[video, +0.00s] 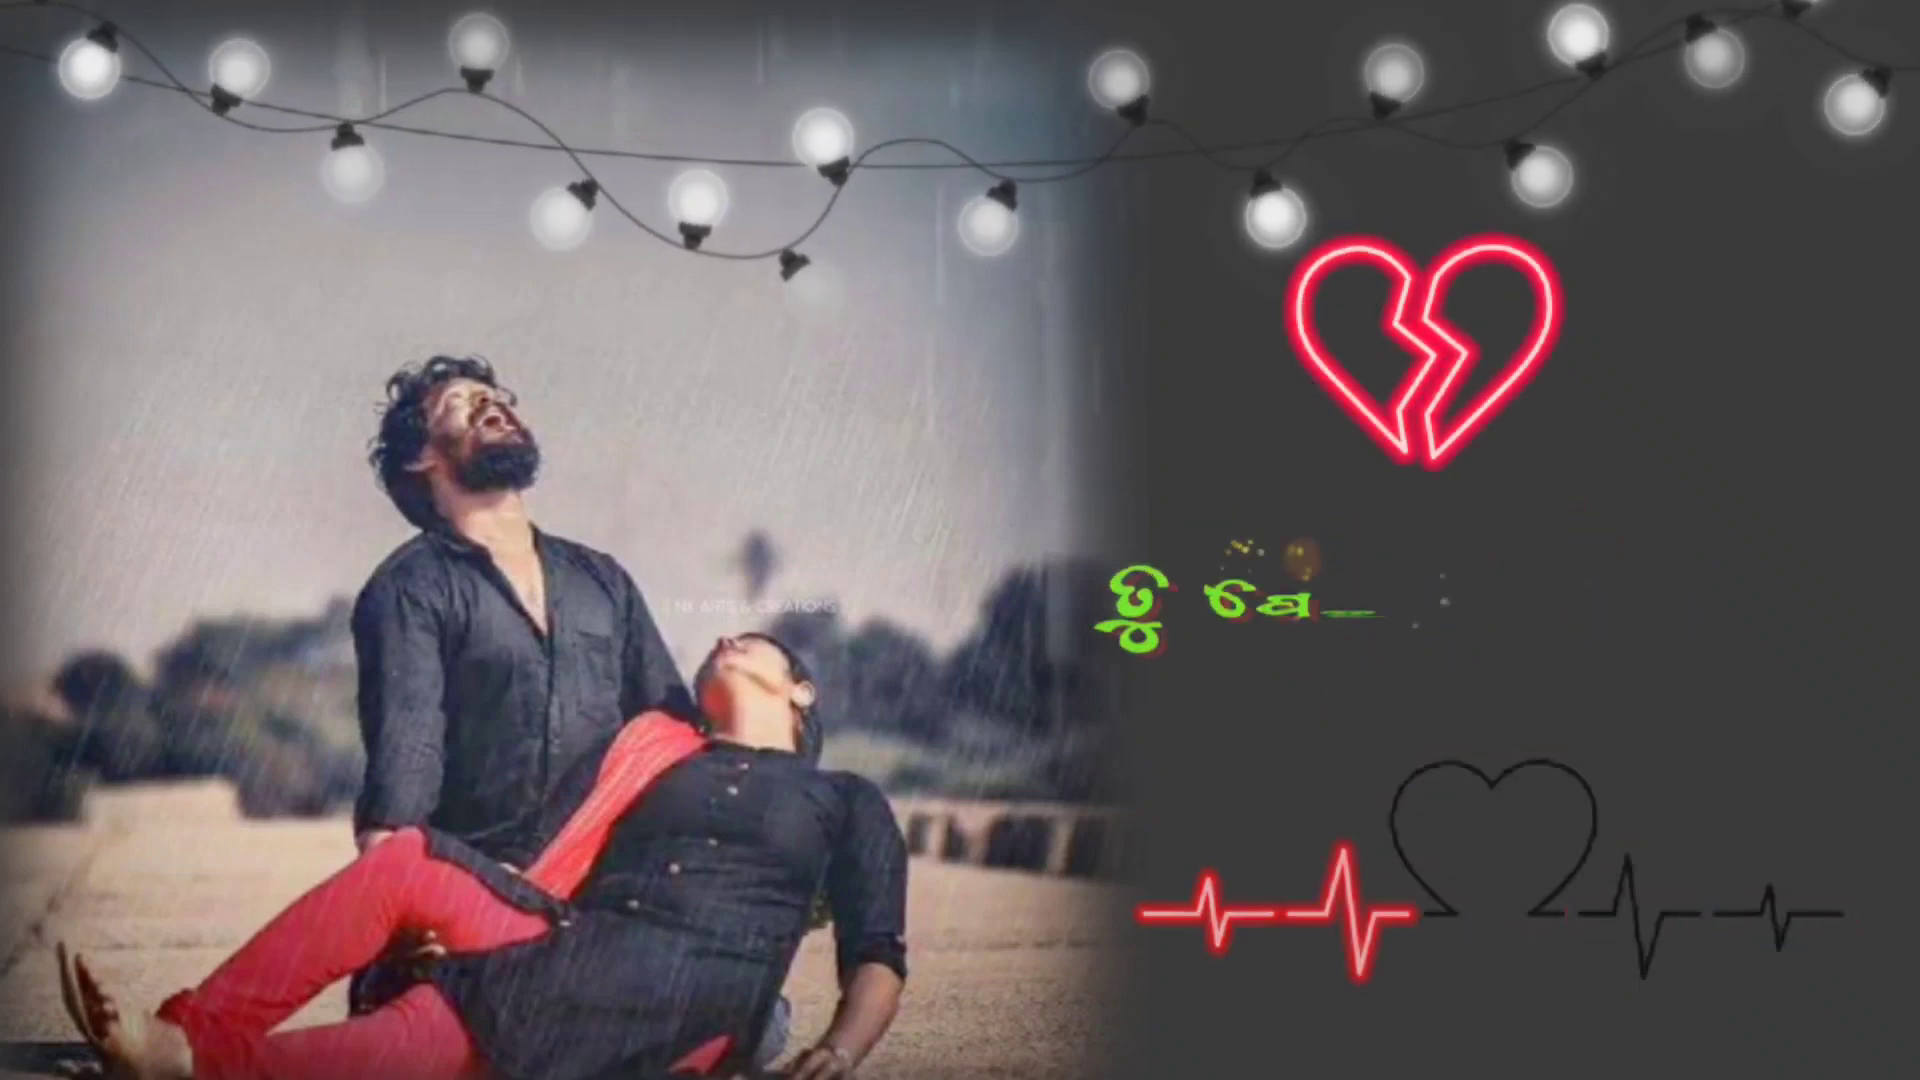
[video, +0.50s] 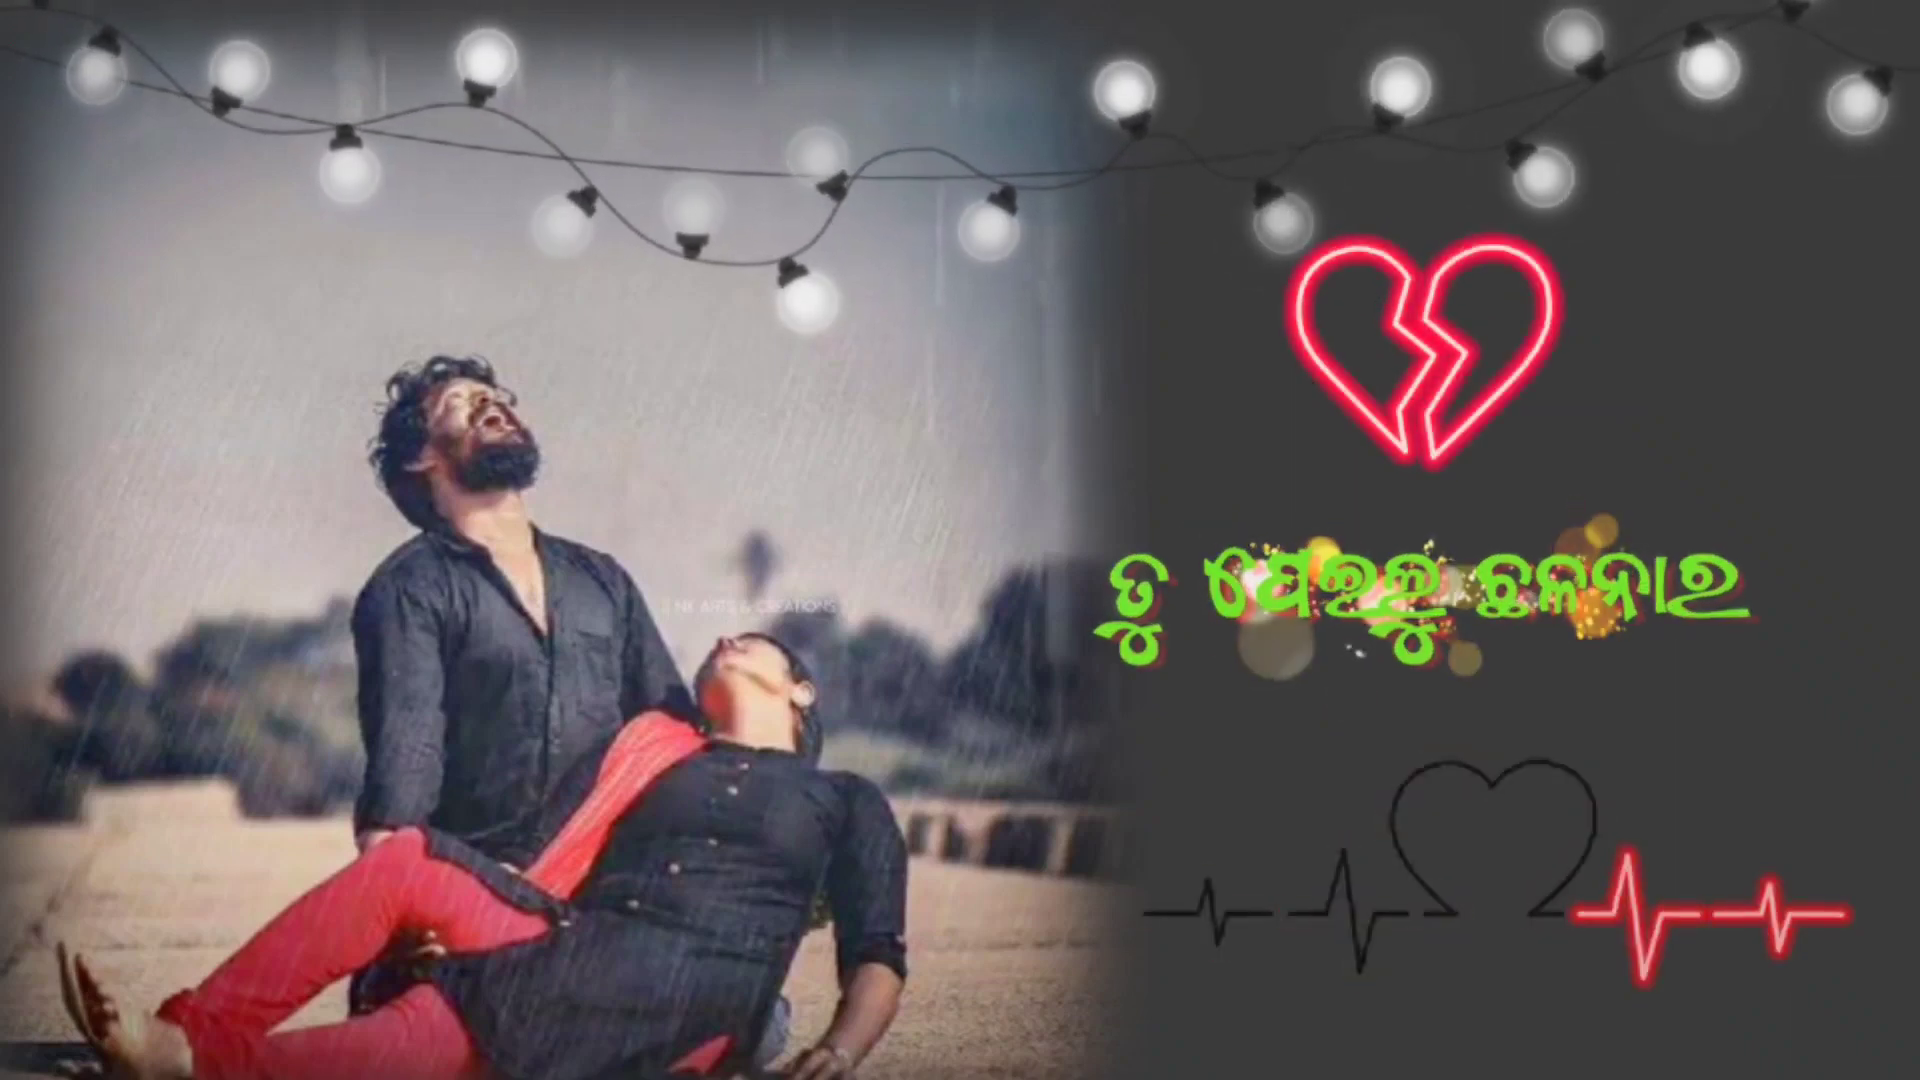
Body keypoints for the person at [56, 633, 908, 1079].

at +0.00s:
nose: (721, 660)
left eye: (749, 656)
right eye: (717, 659)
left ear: (799, 699)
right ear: (709, 698)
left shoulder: (844, 798)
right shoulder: (662, 755)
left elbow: (879, 967)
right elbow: (574, 892)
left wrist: (836, 1063)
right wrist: (455, 949)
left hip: (693, 982)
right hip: (587, 946)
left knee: (451, 1028)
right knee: (400, 859)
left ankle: (187, 1058)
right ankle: (178, 1041)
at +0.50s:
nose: (722, 660)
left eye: (749, 656)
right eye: (717, 659)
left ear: (799, 699)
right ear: (709, 698)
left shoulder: (844, 798)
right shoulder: (662, 755)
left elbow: (879, 967)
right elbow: (574, 892)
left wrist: (836, 1063)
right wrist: (455, 949)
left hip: (693, 982)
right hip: (587, 945)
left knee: (451, 1028)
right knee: (400, 859)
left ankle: (187, 1058)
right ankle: (178, 1041)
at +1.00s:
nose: (721, 660)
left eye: (749, 656)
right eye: (717, 659)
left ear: (799, 699)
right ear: (709, 698)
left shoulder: (844, 798)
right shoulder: (662, 755)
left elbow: (879, 967)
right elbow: (574, 892)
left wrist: (836, 1063)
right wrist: (455, 949)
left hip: (693, 982)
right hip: (587, 946)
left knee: (451, 1028)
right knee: (400, 859)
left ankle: (187, 1058)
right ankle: (178, 1041)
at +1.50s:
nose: (721, 660)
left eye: (749, 656)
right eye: (717, 659)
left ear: (799, 699)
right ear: (709, 698)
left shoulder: (844, 798)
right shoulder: (662, 755)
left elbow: (879, 967)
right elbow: (574, 892)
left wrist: (835, 1063)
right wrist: (455, 949)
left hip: (693, 982)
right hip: (587, 945)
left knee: (451, 1028)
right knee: (400, 859)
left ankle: (188, 1058)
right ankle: (177, 1040)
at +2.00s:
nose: (721, 660)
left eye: (749, 656)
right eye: (717, 659)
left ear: (799, 699)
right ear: (709, 698)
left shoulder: (844, 798)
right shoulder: (662, 755)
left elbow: (879, 967)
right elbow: (574, 892)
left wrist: (836, 1063)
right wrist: (455, 949)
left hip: (693, 983)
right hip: (587, 946)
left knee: (451, 1028)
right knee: (400, 859)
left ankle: (187, 1058)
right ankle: (178, 1041)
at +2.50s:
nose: (722, 660)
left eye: (749, 656)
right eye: (717, 659)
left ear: (799, 699)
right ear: (709, 698)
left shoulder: (844, 798)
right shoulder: (662, 755)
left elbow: (879, 967)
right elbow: (574, 892)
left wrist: (836, 1063)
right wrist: (455, 949)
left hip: (693, 982)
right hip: (587, 946)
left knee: (451, 1028)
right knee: (400, 859)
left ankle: (187, 1058)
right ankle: (177, 1040)